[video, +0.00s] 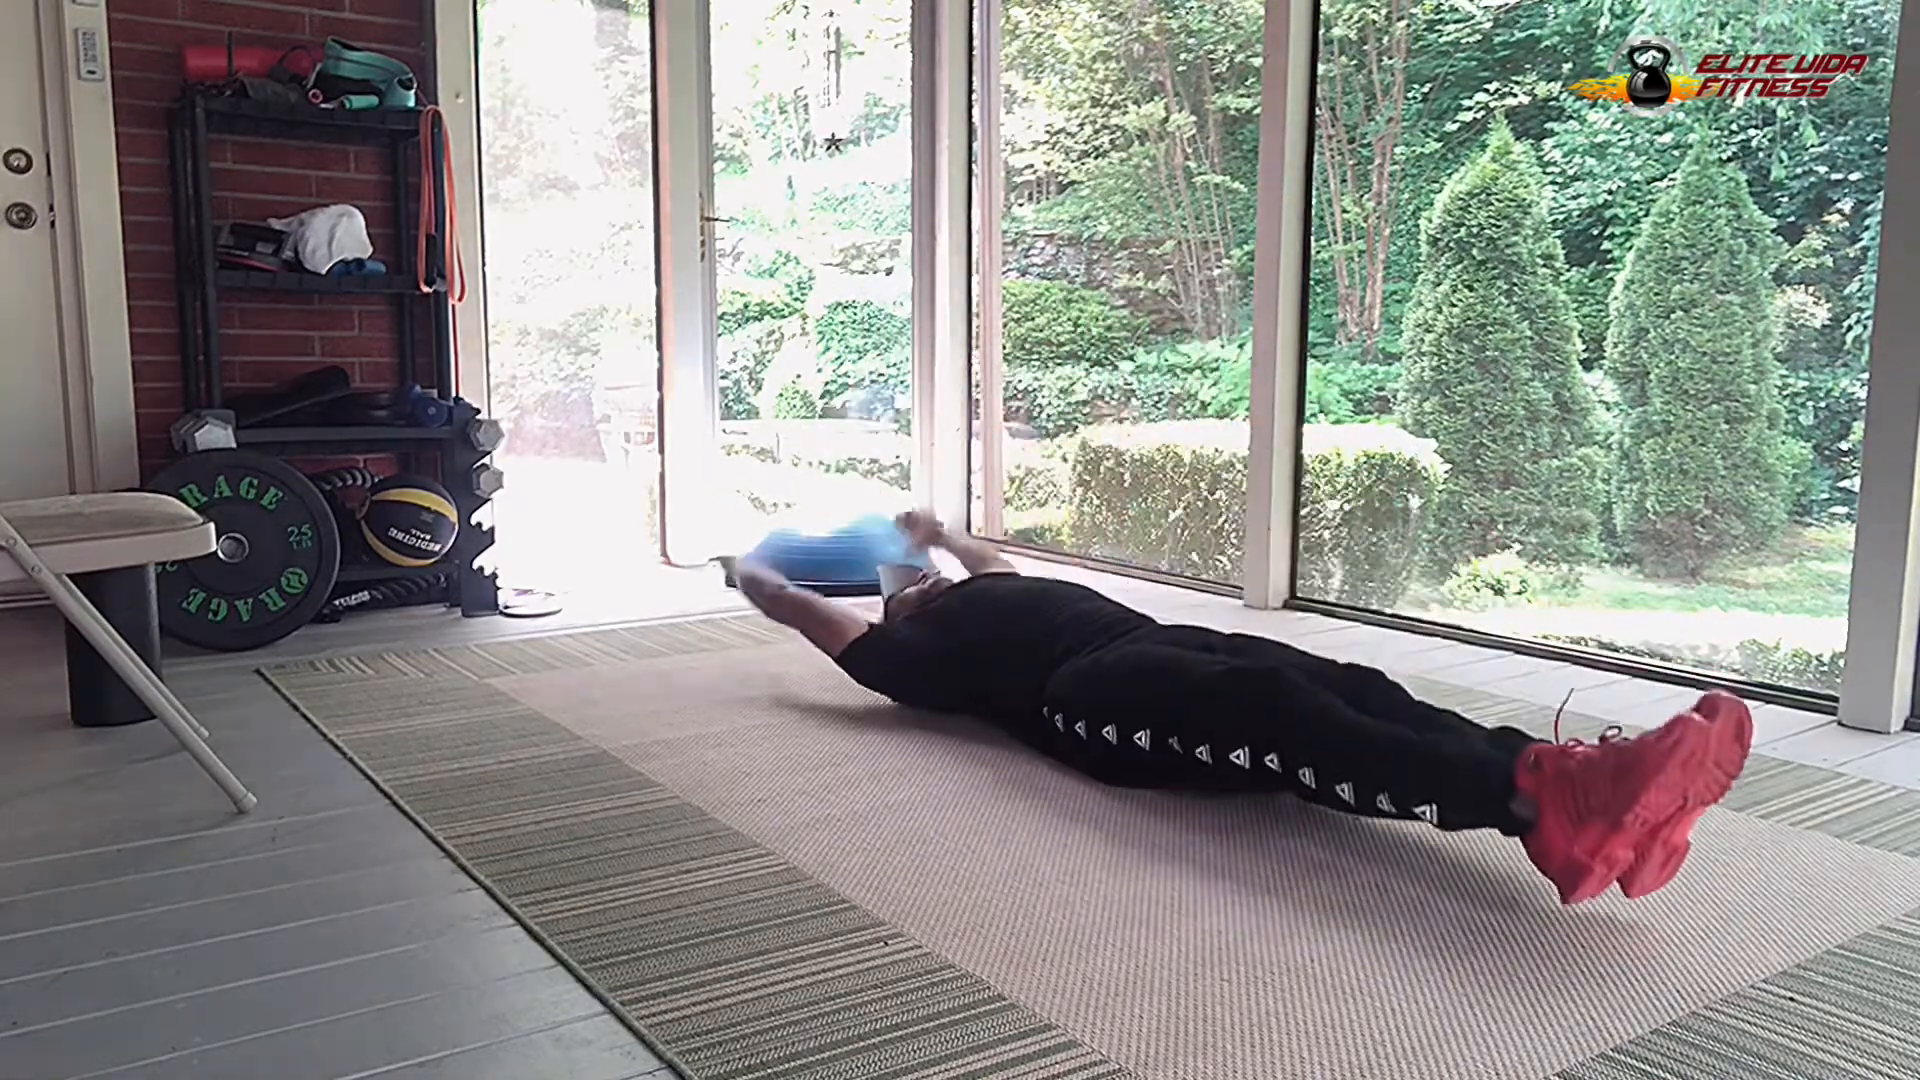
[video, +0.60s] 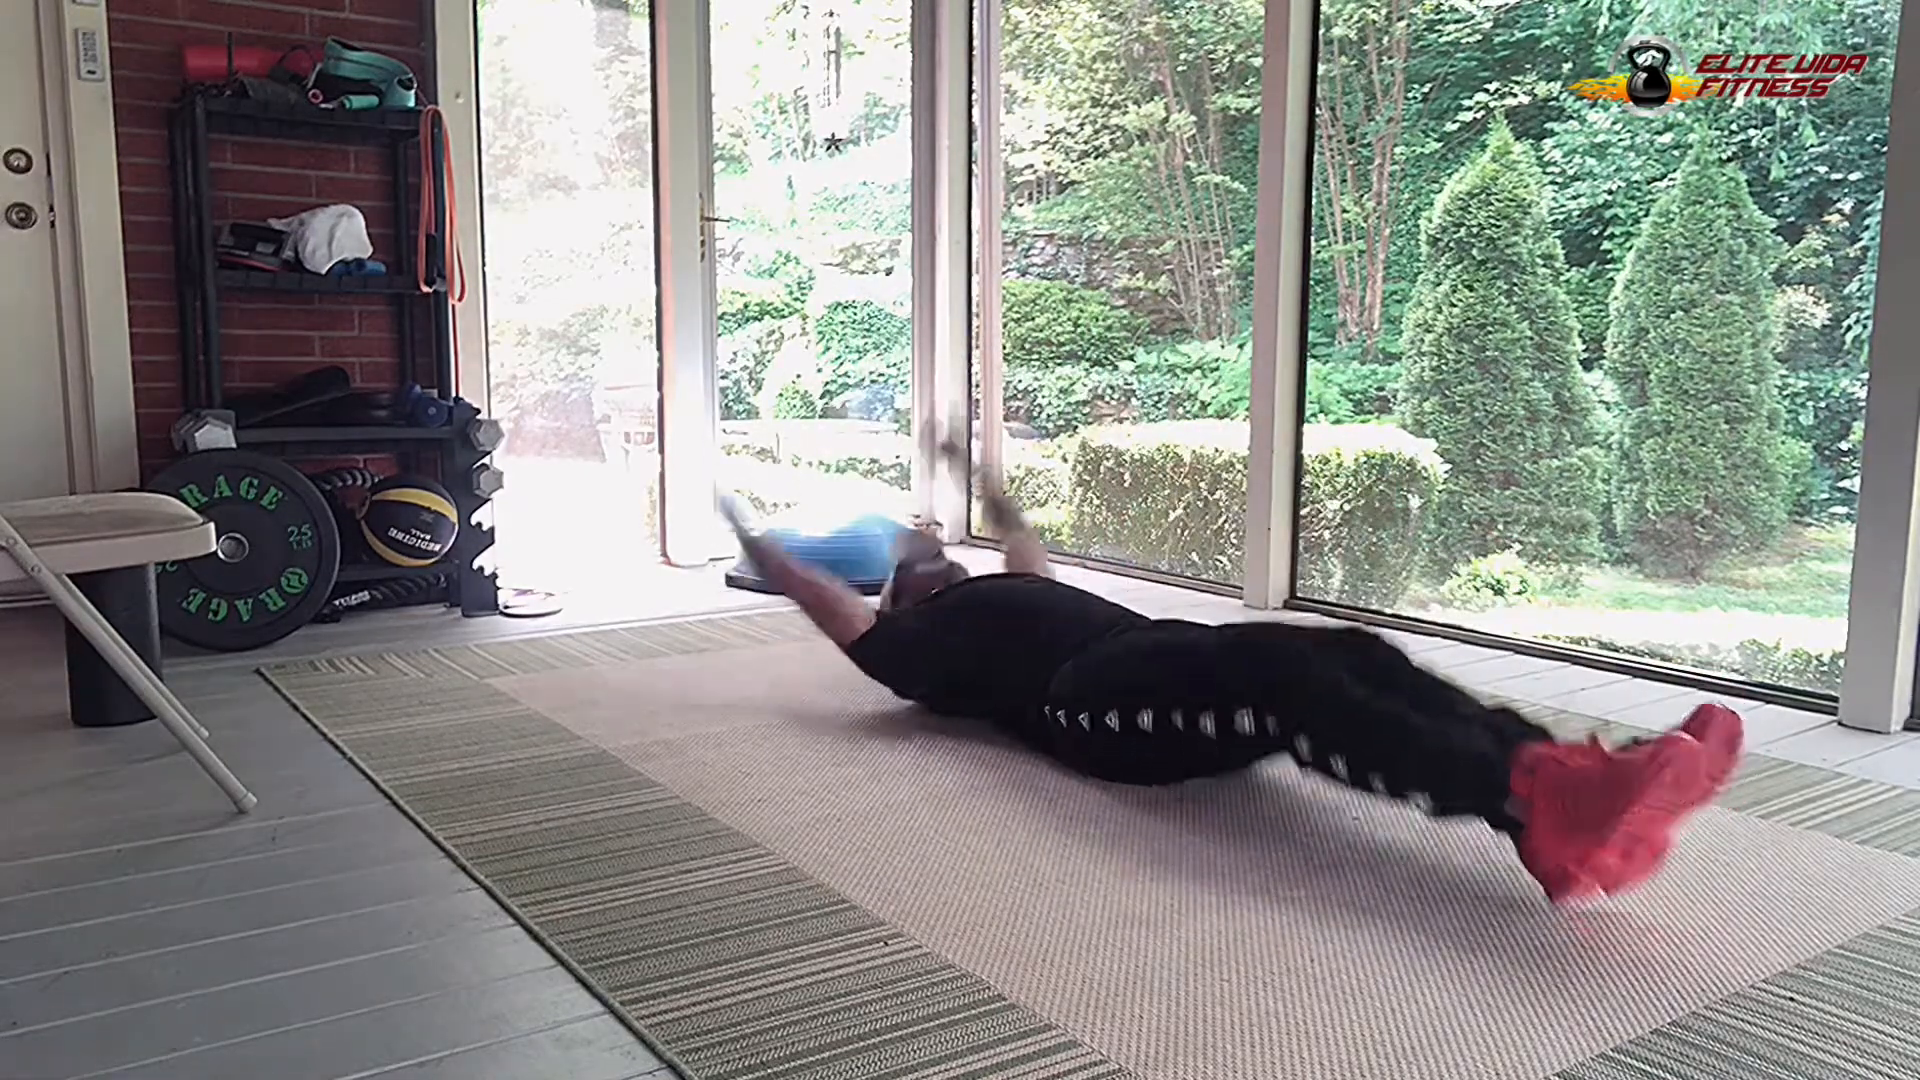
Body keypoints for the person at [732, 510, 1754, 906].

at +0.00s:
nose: (906, 570)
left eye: (911, 562)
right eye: (888, 578)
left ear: (935, 576)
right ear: (880, 610)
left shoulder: (993, 585)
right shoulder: (884, 642)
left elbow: (982, 546)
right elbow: (759, 578)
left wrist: (930, 534)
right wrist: (837, 573)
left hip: (1144, 642)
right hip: (1081, 684)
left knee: (1336, 677)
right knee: (1277, 703)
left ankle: (1581, 827)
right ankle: (1552, 789)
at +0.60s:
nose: (912, 554)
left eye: (915, 550)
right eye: (895, 560)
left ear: (939, 565)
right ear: (878, 594)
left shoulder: (996, 585)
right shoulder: (882, 626)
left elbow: (1043, 558)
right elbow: (771, 559)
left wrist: (967, 537)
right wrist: (773, 550)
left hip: (1136, 649)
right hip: (1067, 686)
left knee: (1352, 648)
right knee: (1290, 673)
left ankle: (1577, 788)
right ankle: (1539, 812)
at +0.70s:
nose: (953, 525)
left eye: (958, 519)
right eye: (933, 526)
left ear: (979, 541)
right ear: (904, 563)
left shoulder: (1036, 584)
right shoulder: (913, 623)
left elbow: (1068, 525)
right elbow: (840, 567)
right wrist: (796, 489)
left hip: (1168, 684)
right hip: (1090, 708)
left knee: (1337, 592)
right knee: (1260, 612)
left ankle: (1544, 739)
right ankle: (1498, 759)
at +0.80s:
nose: (982, 489)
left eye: (988, 479)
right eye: (963, 484)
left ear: (1007, 503)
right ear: (927, 521)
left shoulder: (1062, 557)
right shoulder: (926, 595)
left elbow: (1130, 454)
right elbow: (887, 557)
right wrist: (863, 463)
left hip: (1175, 691)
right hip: (1089, 713)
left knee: (1312, 536)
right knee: (1221, 552)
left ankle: (1494, 682)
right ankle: (1447, 703)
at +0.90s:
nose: (1025, 480)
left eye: (1026, 467)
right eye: (1007, 468)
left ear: (1027, 477)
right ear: (961, 481)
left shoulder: (1073, 542)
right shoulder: (942, 577)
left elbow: (1174, 485)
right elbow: (948, 508)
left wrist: (1265, 377)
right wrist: (982, 386)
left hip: (1179, 702)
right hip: (1094, 714)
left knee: (1274, 488)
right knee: (1174, 511)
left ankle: (1436, 635)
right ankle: (1376, 655)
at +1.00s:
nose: (1053, 469)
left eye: (1058, 455)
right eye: (1035, 458)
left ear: (1064, 459)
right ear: (990, 473)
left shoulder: (1103, 526)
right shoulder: (959, 544)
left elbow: (1217, 524)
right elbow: (982, 550)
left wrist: (1348, 438)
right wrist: (1081, 426)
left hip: (1188, 708)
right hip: (1095, 713)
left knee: (1226, 451)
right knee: (1144, 461)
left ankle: (1369, 588)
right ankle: (1318, 612)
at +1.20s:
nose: (1090, 450)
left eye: (1084, 437)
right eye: (1077, 441)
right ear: (1021, 452)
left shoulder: (1088, 501)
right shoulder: (974, 531)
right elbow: (1051, 556)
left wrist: (1361, 535)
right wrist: (1176, 542)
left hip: (1188, 704)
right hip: (1098, 715)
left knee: (1182, 445)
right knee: (1123, 454)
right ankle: (1275, 593)